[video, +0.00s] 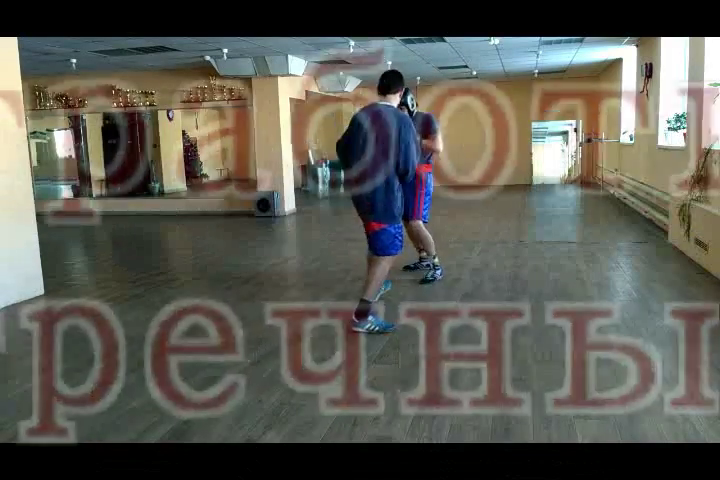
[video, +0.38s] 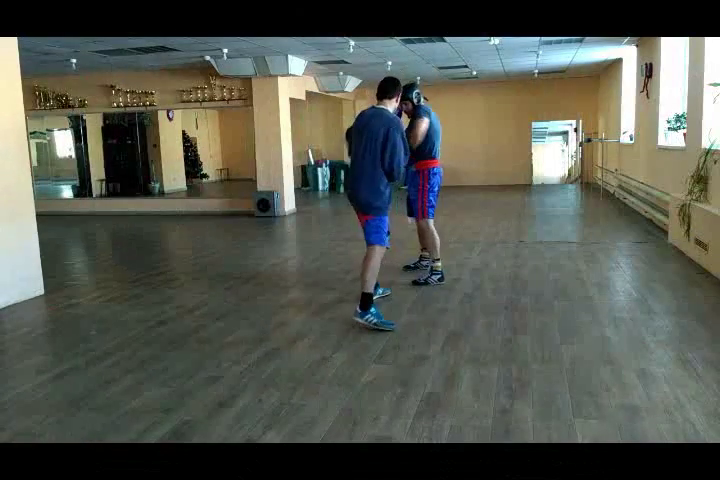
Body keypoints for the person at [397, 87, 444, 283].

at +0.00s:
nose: (400, 111)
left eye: (401, 106)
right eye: (398, 107)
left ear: (409, 104)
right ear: (399, 107)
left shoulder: (425, 119)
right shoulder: (397, 123)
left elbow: (437, 146)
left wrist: (413, 141)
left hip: (421, 170)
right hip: (403, 170)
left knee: (414, 220)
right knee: (407, 219)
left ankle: (434, 263)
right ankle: (423, 257)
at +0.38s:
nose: (403, 110)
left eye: (404, 106)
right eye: (402, 106)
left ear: (411, 101)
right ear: (415, 100)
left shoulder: (423, 113)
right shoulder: (420, 114)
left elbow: (415, 140)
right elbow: (411, 139)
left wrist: (402, 130)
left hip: (427, 169)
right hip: (417, 168)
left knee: (425, 220)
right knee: (419, 218)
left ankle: (437, 269)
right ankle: (425, 258)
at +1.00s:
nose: (436, 109)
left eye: (438, 104)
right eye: (433, 106)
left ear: (449, 100)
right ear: (435, 105)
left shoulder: (465, 115)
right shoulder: (450, 121)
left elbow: (478, 142)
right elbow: (453, 151)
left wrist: (452, 142)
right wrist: (438, 143)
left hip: (463, 168)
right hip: (460, 168)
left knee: (452, 219)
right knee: (468, 216)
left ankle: (456, 270)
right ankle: (485, 259)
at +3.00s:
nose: (479, 106)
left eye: (480, 103)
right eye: (479, 103)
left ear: (485, 99)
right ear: (500, 97)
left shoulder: (488, 111)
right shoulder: (519, 117)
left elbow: (478, 144)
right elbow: (515, 147)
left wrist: (477, 155)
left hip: (491, 172)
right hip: (513, 172)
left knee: (471, 223)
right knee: (520, 219)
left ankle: (465, 270)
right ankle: (536, 264)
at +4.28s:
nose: (441, 123)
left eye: (439, 119)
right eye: (438, 120)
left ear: (446, 113)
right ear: (452, 109)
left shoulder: (471, 123)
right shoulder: (471, 121)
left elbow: (476, 159)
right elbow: (470, 150)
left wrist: (455, 147)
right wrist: (459, 161)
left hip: (480, 179)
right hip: (492, 176)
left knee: (453, 223)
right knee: (499, 222)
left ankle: (448, 274)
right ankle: (536, 256)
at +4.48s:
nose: (463, 111)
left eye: (463, 107)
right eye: (462, 107)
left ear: (468, 104)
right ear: (483, 100)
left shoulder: (473, 120)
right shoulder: (507, 115)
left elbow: (461, 155)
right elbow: (514, 148)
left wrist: (451, 139)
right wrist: (491, 139)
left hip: (484, 181)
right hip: (507, 178)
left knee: (457, 225)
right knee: (516, 221)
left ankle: (448, 274)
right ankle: (543, 262)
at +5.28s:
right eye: (522, 94)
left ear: (500, 94)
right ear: (523, 94)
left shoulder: (489, 110)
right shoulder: (534, 110)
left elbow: (477, 142)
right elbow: (538, 148)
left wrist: (485, 124)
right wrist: (521, 134)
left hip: (495, 173)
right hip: (521, 172)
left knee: (489, 224)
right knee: (537, 225)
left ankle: (486, 273)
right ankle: (549, 276)